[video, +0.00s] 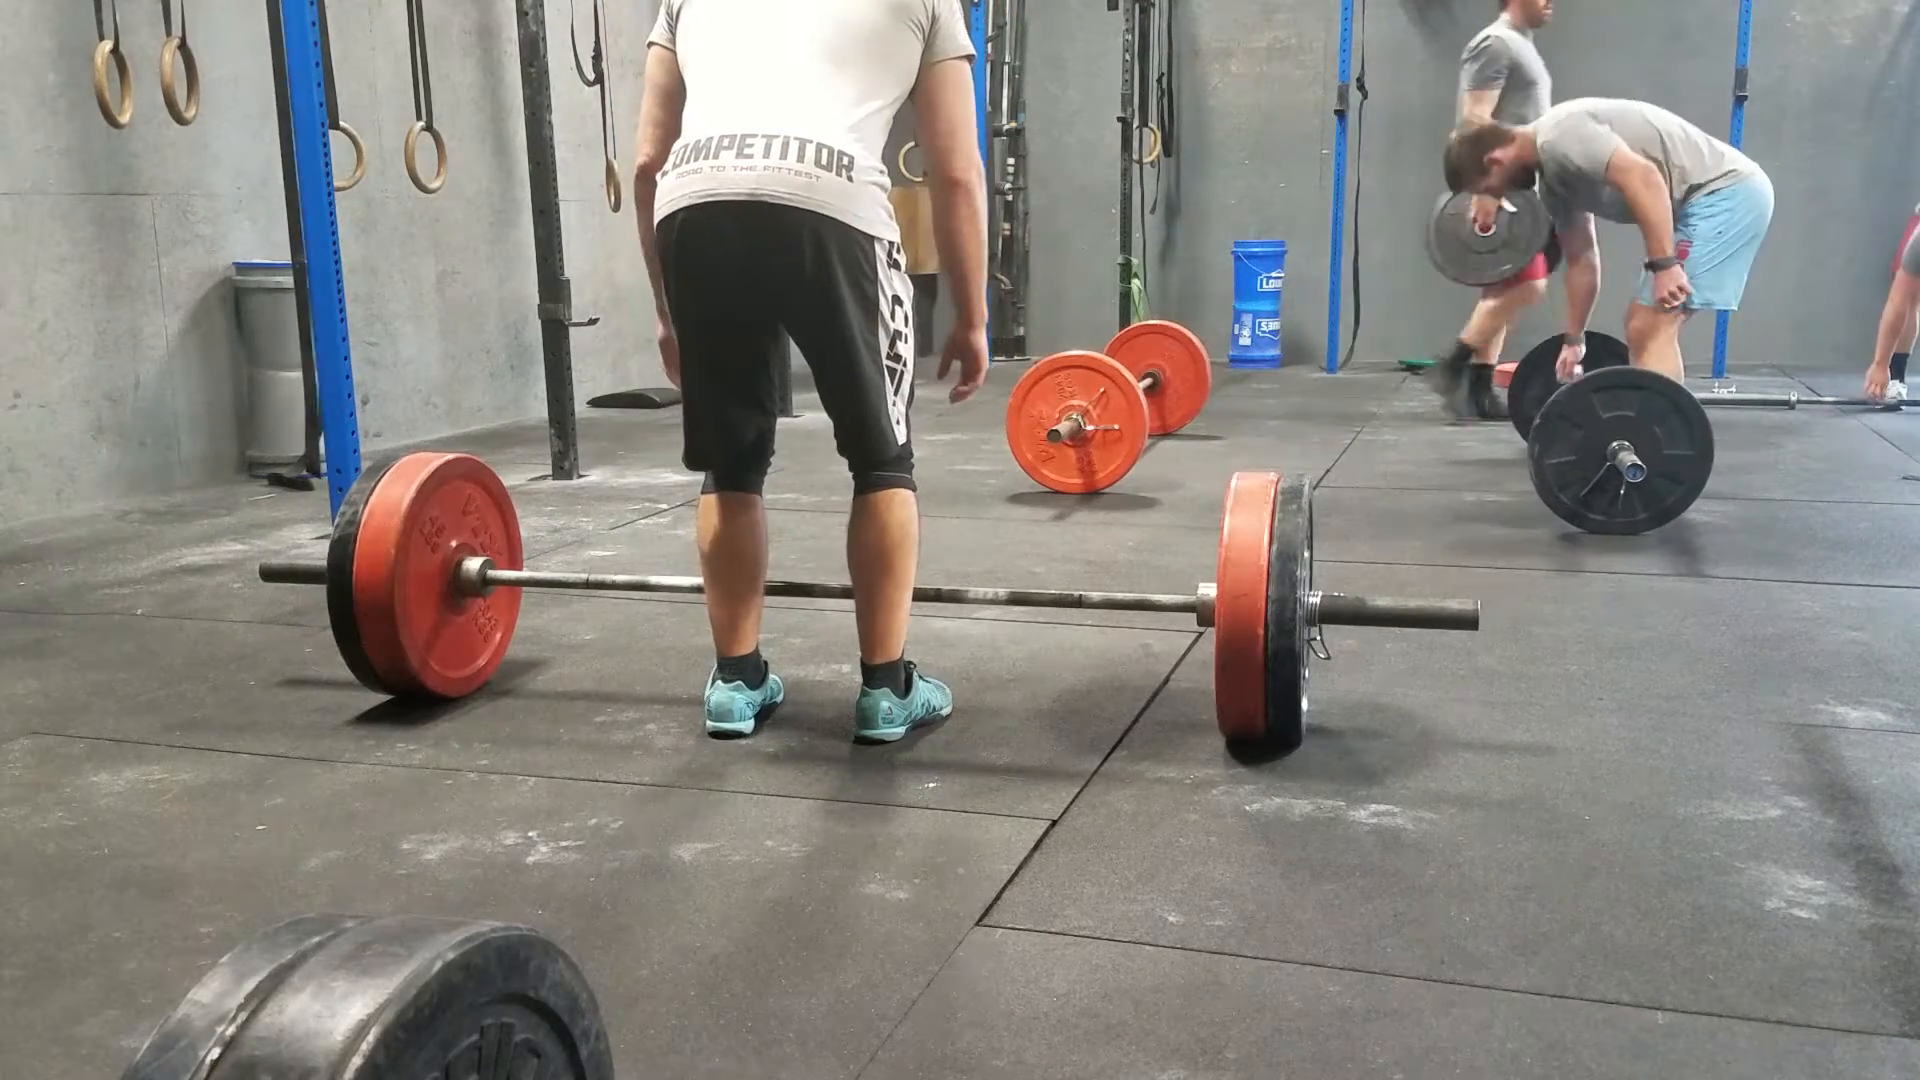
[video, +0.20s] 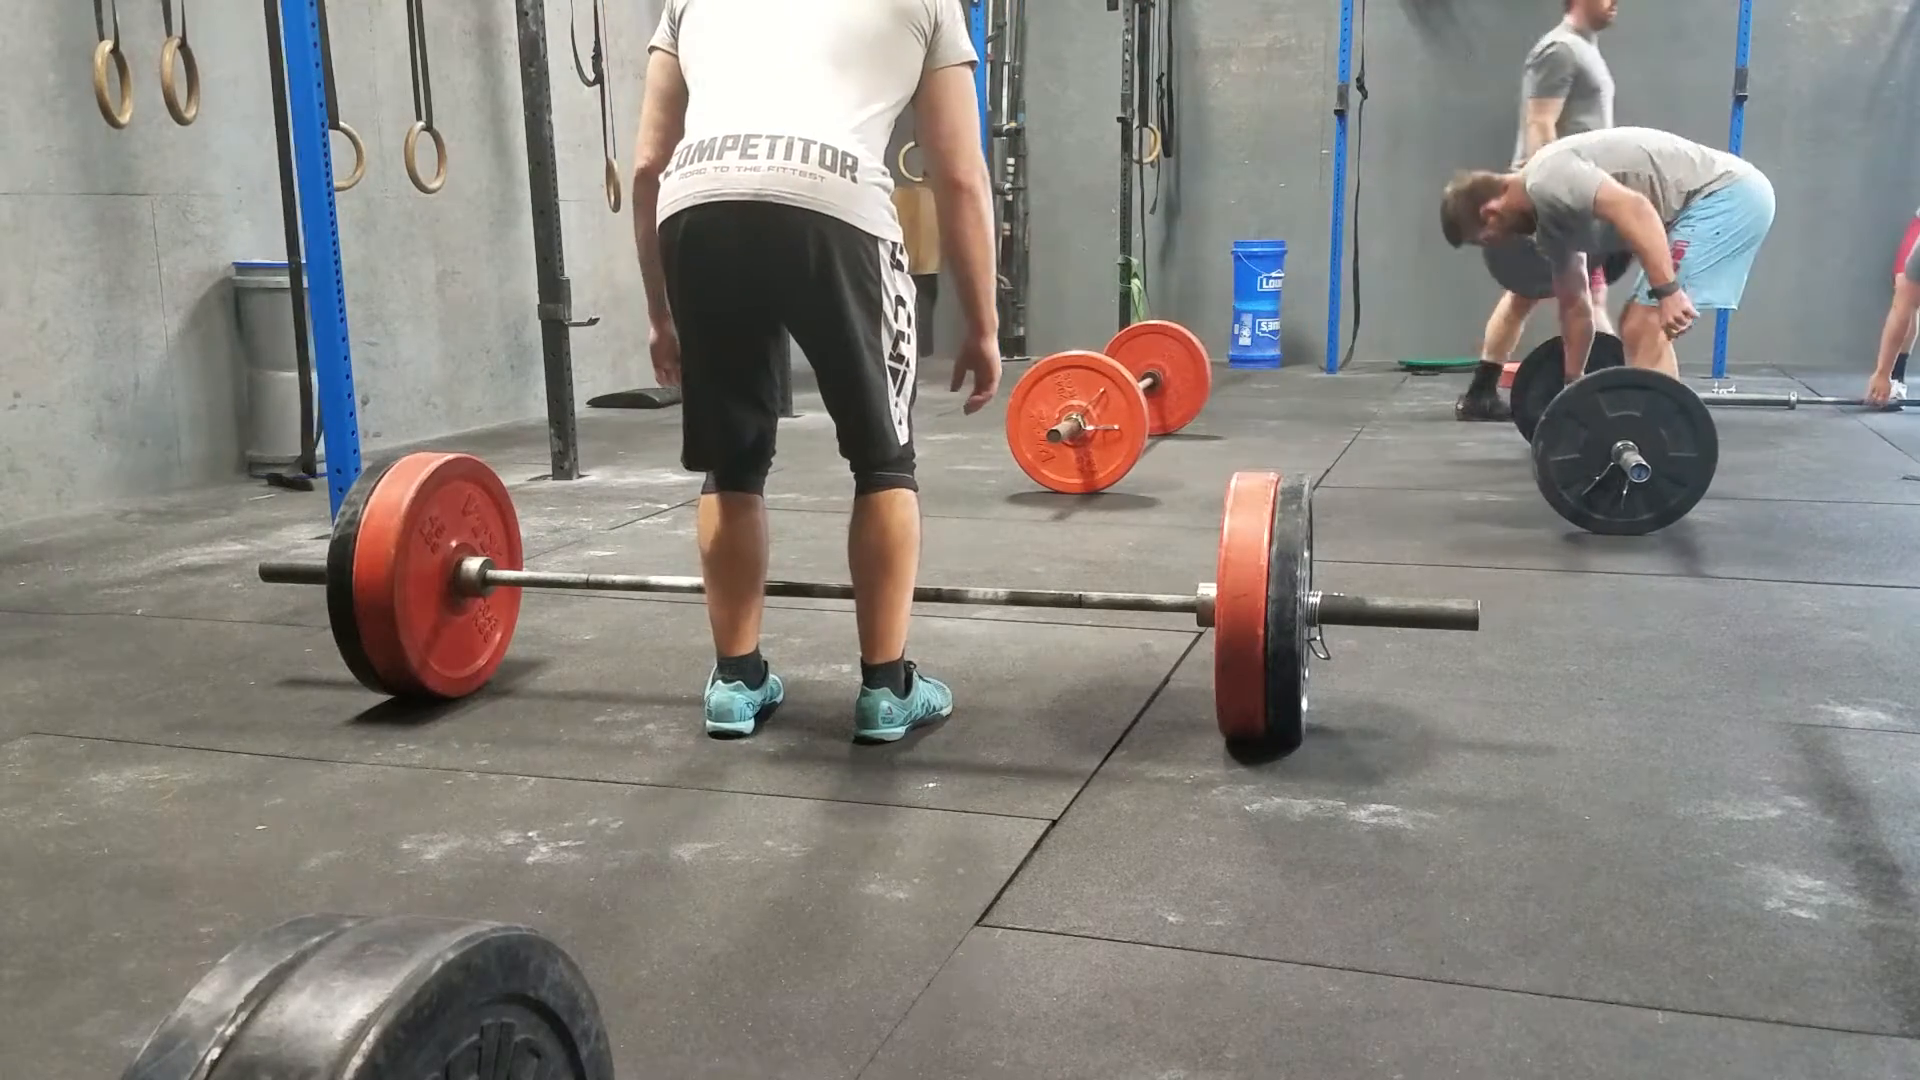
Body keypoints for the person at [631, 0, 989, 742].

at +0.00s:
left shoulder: (690, 6)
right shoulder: (924, 6)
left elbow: (649, 161)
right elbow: (956, 170)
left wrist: (668, 311)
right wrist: (970, 319)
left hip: (697, 209)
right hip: (832, 209)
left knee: (728, 465)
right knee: (881, 464)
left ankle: (734, 679)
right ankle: (884, 686)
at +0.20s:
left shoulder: (694, 6)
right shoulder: (925, 7)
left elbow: (649, 163)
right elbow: (960, 175)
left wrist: (661, 315)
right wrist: (981, 328)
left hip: (700, 209)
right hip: (835, 210)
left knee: (730, 464)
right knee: (883, 462)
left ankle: (734, 678)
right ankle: (885, 685)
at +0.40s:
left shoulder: (696, 8)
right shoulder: (925, 9)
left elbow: (648, 170)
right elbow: (961, 186)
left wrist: (660, 324)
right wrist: (981, 340)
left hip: (699, 215)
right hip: (835, 215)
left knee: (729, 466)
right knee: (883, 464)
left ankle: (734, 678)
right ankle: (885, 686)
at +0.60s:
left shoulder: (699, 11)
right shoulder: (921, 17)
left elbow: (643, 185)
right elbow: (956, 202)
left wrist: (660, 337)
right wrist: (972, 355)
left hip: (695, 218)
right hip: (831, 220)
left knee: (725, 468)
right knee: (883, 466)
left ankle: (734, 680)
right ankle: (884, 687)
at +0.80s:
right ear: (893, 7)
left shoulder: (707, 24)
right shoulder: (919, 37)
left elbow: (633, 202)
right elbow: (950, 225)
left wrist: (654, 363)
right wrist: (964, 383)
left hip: (688, 227)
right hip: (827, 230)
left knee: (723, 468)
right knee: (882, 465)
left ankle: (734, 681)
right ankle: (886, 687)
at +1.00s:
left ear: (832, 30)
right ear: (908, 56)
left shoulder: (721, 58)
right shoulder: (922, 83)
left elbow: (635, 251)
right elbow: (943, 269)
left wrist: (633, 411)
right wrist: (971, 437)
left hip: (681, 239)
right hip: (817, 240)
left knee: (723, 471)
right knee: (880, 467)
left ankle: (733, 681)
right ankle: (885, 688)